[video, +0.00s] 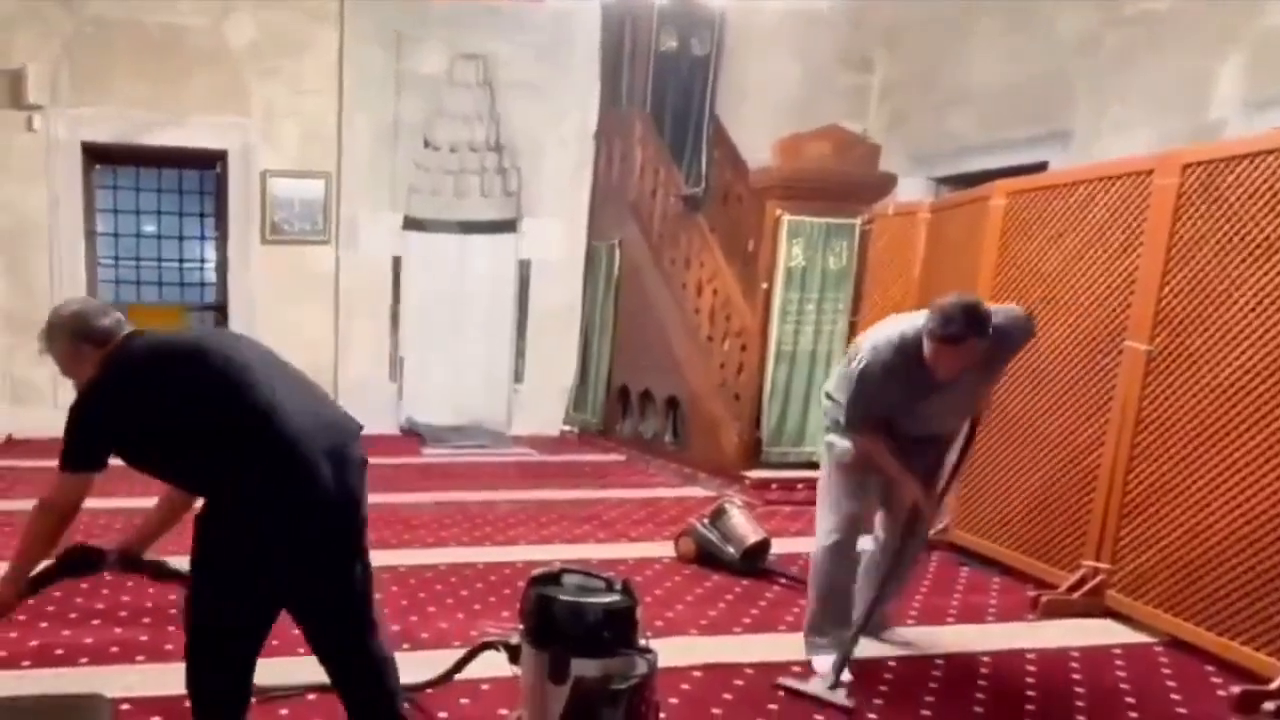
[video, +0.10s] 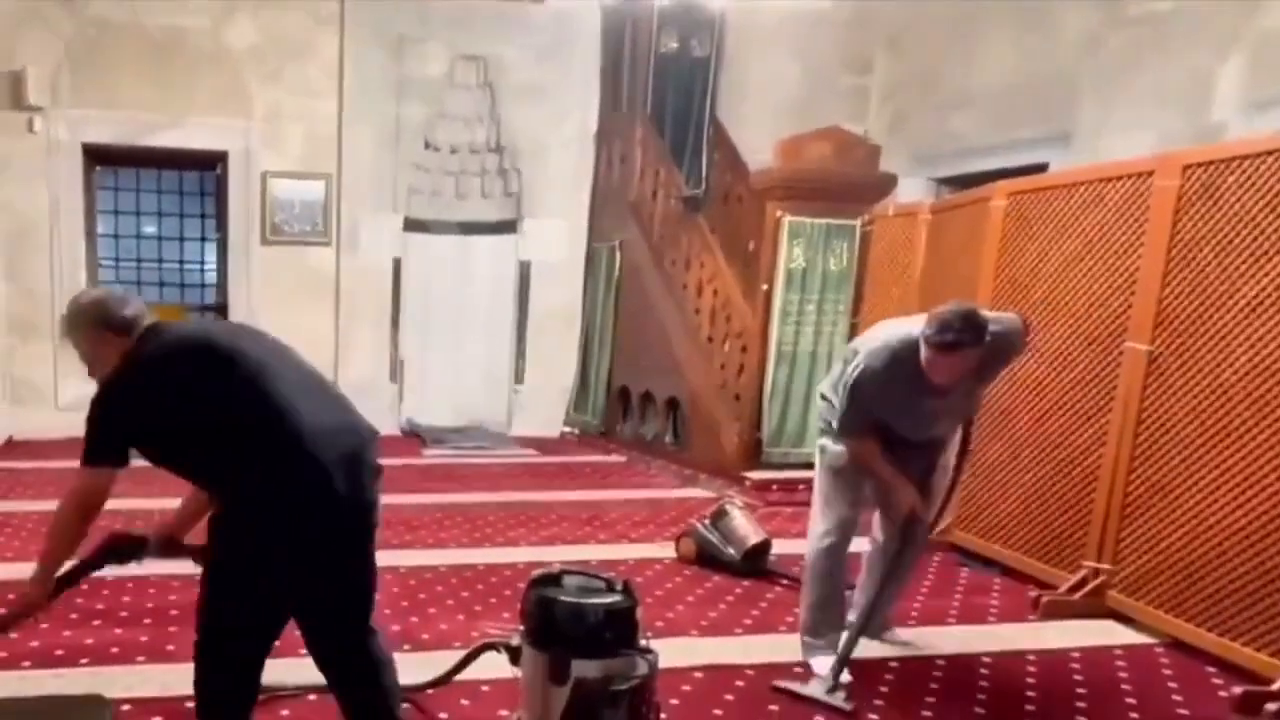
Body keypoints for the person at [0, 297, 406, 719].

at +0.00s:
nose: (70, 382)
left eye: (66, 368)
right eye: (63, 371)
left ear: (82, 351)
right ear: (122, 333)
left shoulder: (102, 393)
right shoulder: (190, 355)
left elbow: (61, 503)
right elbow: (189, 482)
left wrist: (14, 579)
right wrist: (133, 546)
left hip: (256, 492)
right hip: (338, 459)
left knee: (218, 657)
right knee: (351, 640)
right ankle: (385, 710)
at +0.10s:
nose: (87, 366)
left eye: (85, 352)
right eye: (81, 354)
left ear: (102, 340)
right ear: (140, 321)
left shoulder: (122, 390)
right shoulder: (205, 340)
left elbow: (86, 500)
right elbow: (233, 458)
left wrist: (41, 582)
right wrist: (172, 530)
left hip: (271, 498)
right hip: (352, 468)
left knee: (227, 658)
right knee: (345, 637)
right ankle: (386, 711)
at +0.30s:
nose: (135, 353)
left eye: (134, 338)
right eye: (128, 340)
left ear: (163, 320)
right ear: (188, 310)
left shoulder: (176, 375)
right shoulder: (256, 325)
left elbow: (154, 487)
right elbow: (315, 440)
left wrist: (119, 573)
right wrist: (239, 510)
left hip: (316, 497)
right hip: (394, 475)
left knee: (256, 666)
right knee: (370, 646)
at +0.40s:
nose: (171, 338)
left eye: (170, 325)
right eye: (166, 327)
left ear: (189, 311)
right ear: (220, 298)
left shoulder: (205, 367)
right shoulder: (287, 319)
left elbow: (188, 484)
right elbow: (345, 417)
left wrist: (163, 564)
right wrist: (281, 494)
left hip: (339, 498)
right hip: (417, 475)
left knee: (273, 663)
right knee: (380, 644)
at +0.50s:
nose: (195, 335)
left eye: (192, 322)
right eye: (188, 324)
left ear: (209, 307)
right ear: (243, 291)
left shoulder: (227, 364)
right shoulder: (315, 311)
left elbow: (223, 479)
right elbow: (361, 401)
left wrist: (211, 556)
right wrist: (304, 477)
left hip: (354, 501)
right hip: (433, 481)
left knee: (286, 666)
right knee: (393, 656)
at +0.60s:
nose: (209, 335)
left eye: (206, 321)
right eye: (203, 323)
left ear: (221, 306)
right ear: (259, 288)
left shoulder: (245, 357)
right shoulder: (340, 304)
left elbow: (252, 468)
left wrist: (258, 541)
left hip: (363, 505)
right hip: (443, 492)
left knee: (295, 667)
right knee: (400, 666)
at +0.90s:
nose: (214, 331)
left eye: (211, 316)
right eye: (207, 319)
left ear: (238, 298)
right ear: (262, 288)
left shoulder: (259, 355)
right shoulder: (350, 299)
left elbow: (295, 479)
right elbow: (451, 312)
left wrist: (339, 512)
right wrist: (450, 411)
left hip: (378, 506)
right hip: (456, 486)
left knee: (316, 676)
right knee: (411, 662)